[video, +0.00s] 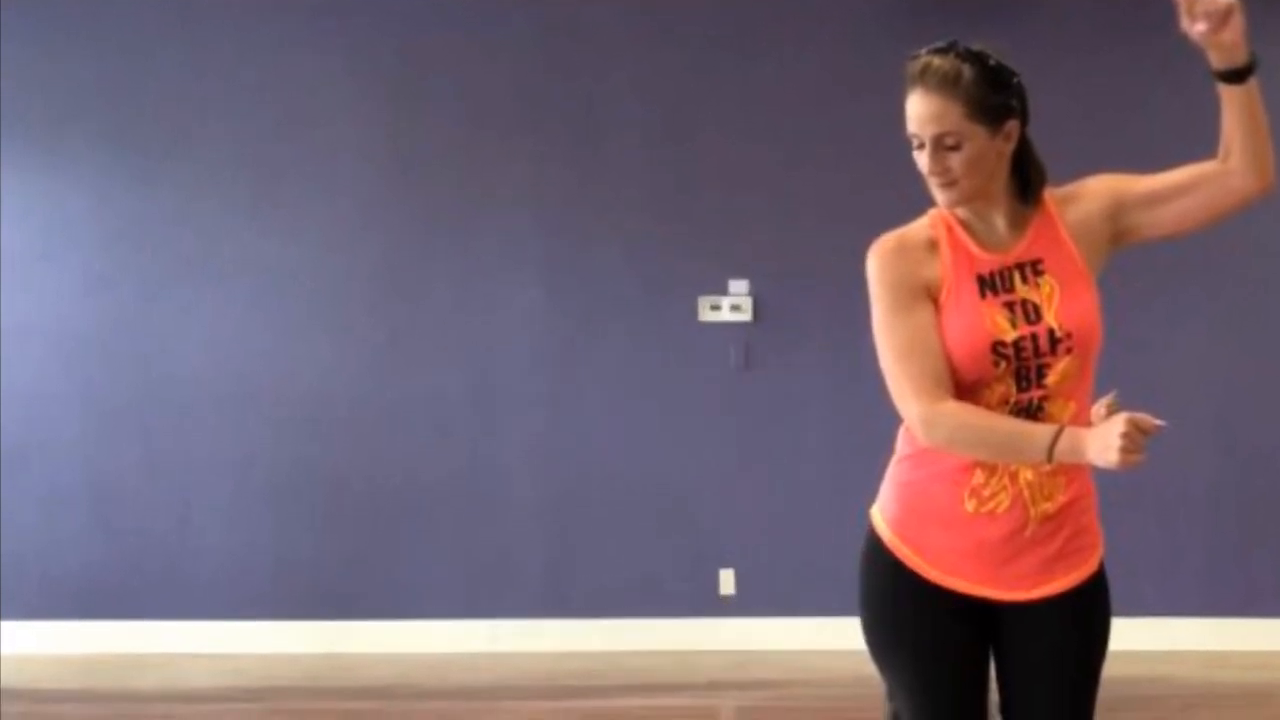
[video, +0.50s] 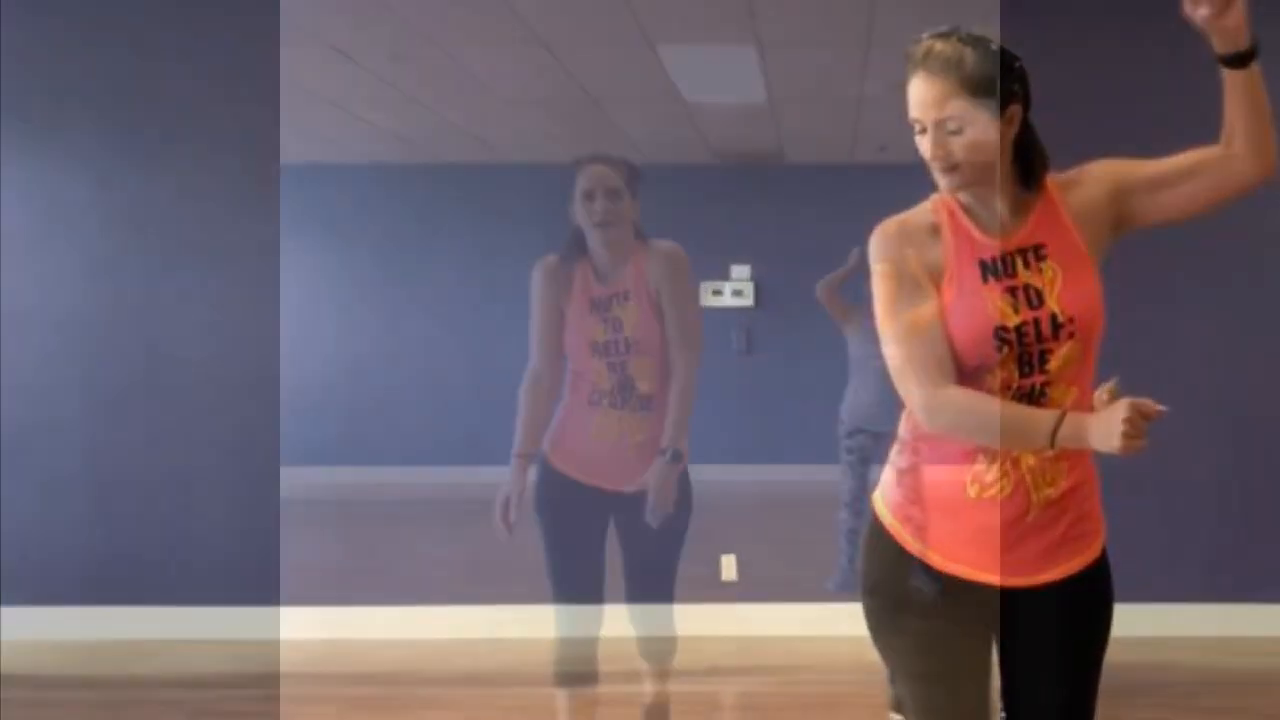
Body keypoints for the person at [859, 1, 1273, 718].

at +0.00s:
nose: (929, 166)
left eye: (948, 144)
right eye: (916, 145)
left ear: (1007, 134)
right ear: (907, 142)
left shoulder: (1089, 215)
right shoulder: (902, 258)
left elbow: (1246, 175)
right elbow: (931, 417)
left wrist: (1230, 61)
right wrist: (1077, 443)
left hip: (1056, 573)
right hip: (923, 573)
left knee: (1055, 711)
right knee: (935, 707)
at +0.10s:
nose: (929, 162)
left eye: (949, 141)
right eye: (917, 142)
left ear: (1009, 131)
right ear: (908, 140)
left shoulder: (1089, 212)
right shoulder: (902, 256)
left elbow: (1248, 171)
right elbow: (931, 416)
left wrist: (1230, 57)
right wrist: (1077, 440)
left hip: (1057, 570)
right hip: (925, 570)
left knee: (1056, 711)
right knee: (940, 707)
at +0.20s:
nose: (931, 159)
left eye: (950, 137)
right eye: (918, 139)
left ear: (1010, 128)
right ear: (909, 138)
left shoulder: (1090, 209)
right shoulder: (903, 252)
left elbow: (1248, 169)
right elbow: (932, 413)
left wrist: (1229, 51)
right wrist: (1077, 436)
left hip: (1058, 563)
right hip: (926, 565)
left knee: (1056, 711)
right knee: (942, 708)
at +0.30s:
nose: (931, 155)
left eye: (951, 133)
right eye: (918, 135)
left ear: (1010, 124)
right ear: (908, 134)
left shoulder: (1091, 205)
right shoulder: (904, 248)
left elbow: (1249, 165)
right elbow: (931, 408)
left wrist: (1231, 49)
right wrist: (1078, 433)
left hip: (1058, 559)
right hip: (927, 561)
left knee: (1058, 712)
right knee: (943, 709)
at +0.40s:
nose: (931, 153)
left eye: (951, 131)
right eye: (918, 133)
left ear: (1011, 119)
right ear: (908, 132)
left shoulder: (1092, 203)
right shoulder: (904, 246)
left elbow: (1249, 162)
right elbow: (931, 405)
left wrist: (1231, 46)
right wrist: (1077, 430)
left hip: (1058, 556)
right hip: (927, 559)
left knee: (1058, 711)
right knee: (943, 710)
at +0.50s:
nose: (933, 150)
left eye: (953, 128)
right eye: (919, 129)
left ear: (1011, 116)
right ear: (909, 129)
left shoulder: (1092, 201)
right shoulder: (904, 244)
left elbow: (1249, 160)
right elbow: (931, 402)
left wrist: (1232, 45)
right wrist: (1077, 428)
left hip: (1058, 551)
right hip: (929, 555)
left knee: (1057, 712)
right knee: (945, 711)